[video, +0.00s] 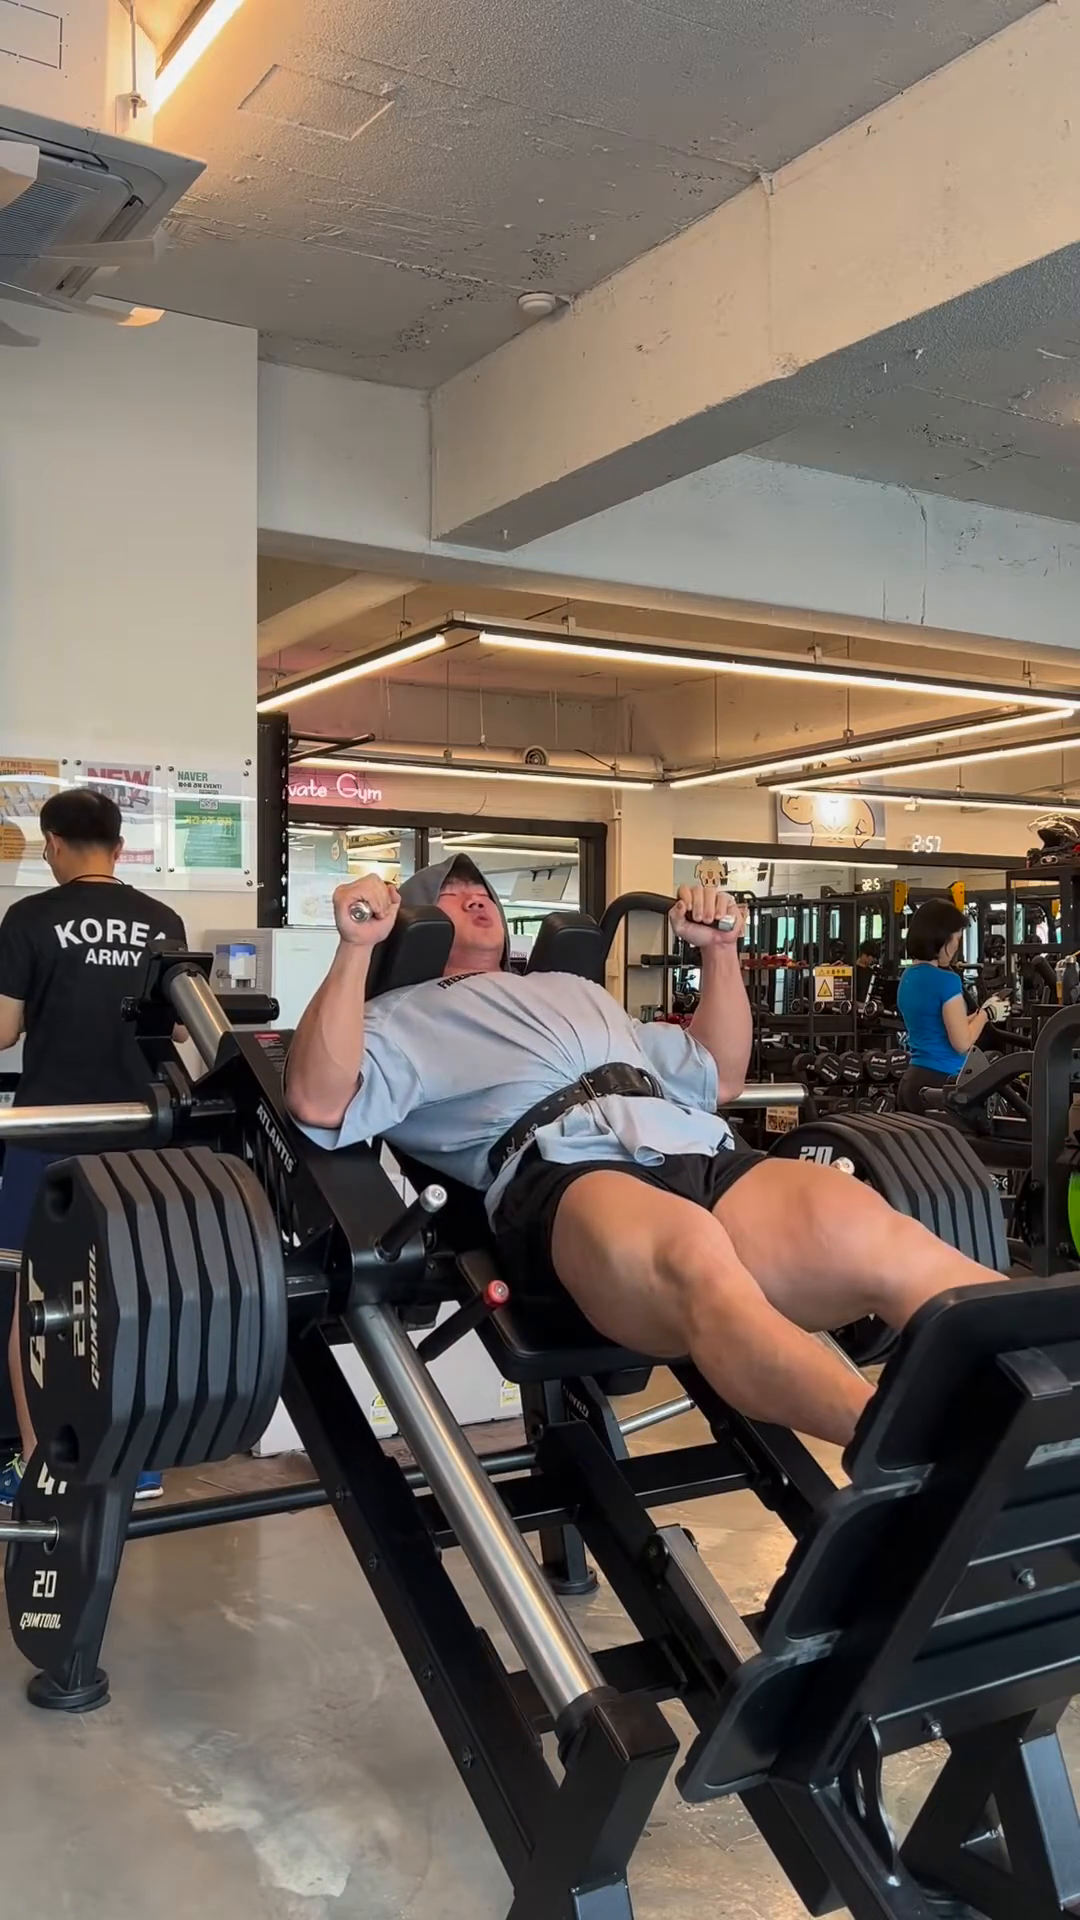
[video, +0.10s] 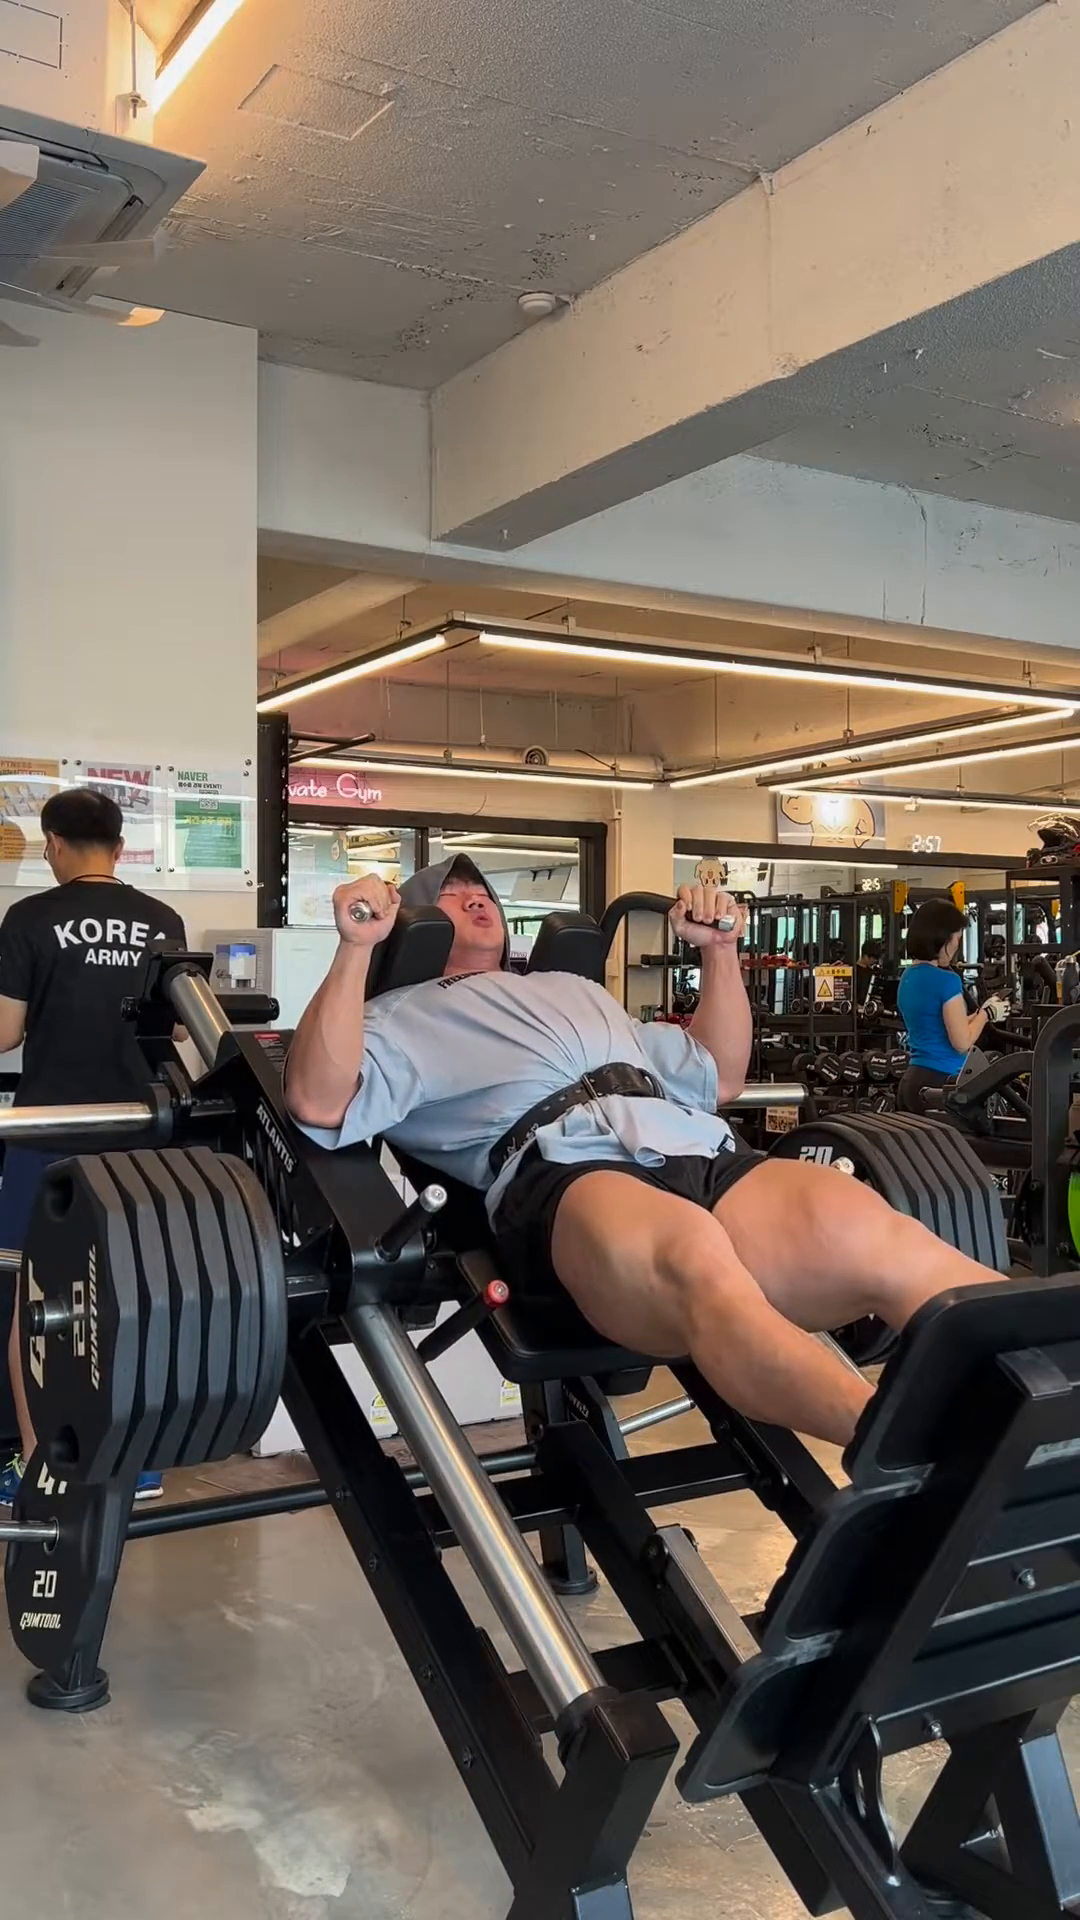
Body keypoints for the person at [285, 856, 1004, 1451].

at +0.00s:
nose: (480, 897)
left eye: (486, 891)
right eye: (457, 891)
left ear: (504, 920)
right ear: (419, 927)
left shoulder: (576, 990)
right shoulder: (405, 1017)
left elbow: (716, 1075)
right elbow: (317, 1103)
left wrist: (720, 955)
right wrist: (353, 953)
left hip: (697, 1153)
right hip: (564, 1174)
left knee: (862, 1223)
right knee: (699, 1268)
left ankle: (1052, 1347)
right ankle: (896, 1434)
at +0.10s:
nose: (476, 901)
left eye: (483, 894)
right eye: (454, 895)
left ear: (505, 921)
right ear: (421, 930)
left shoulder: (576, 991)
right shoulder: (405, 1017)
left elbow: (716, 1076)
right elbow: (317, 1102)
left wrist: (720, 954)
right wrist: (352, 952)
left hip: (696, 1151)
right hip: (565, 1171)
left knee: (859, 1221)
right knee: (700, 1270)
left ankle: (1052, 1350)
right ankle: (895, 1436)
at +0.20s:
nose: (474, 901)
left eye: (483, 894)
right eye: (453, 896)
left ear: (506, 921)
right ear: (420, 931)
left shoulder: (576, 990)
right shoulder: (405, 1017)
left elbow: (716, 1076)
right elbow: (317, 1102)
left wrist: (720, 955)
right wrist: (352, 952)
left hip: (694, 1151)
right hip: (563, 1170)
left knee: (859, 1221)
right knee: (700, 1268)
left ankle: (1053, 1348)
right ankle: (894, 1438)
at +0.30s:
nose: (478, 898)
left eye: (484, 891)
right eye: (456, 892)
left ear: (503, 919)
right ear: (419, 928)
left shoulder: (576, 990)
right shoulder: (405, 1017)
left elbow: (717, 1075)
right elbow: (317, 1102)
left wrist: (720, 954)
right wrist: (352, 954)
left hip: (695, 1151)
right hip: (563, 1172)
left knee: (859, 1223)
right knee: (699, 1269)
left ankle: (1054, 1346)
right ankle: (895, 1437)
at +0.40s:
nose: (476, 897)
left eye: (483, 890)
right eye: (454, 892)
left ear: (503, 918)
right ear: (420, 928)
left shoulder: (576, 990)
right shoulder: (404, 1017)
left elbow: (716, 1075)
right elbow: (317, 1102)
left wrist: (720, 954)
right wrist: (352, 954)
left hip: (698, 1154)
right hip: (564, 1173)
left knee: (858, 1221)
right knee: (699, 1267)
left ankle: (1055, 1347)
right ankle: (896, 1437)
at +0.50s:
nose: (470, 898)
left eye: (480, 893)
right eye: (449, 893)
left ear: (506, 923)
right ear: (418, 932)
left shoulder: (578, 990)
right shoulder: (406, 1017)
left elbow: (716, 1076)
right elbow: (317, 1103)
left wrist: (720, 956)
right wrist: (352, 953)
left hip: (701, 1158)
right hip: (566, 1174)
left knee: (863, 1219)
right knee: (698, 1264)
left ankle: (1057, 1348)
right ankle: (896, 1436)